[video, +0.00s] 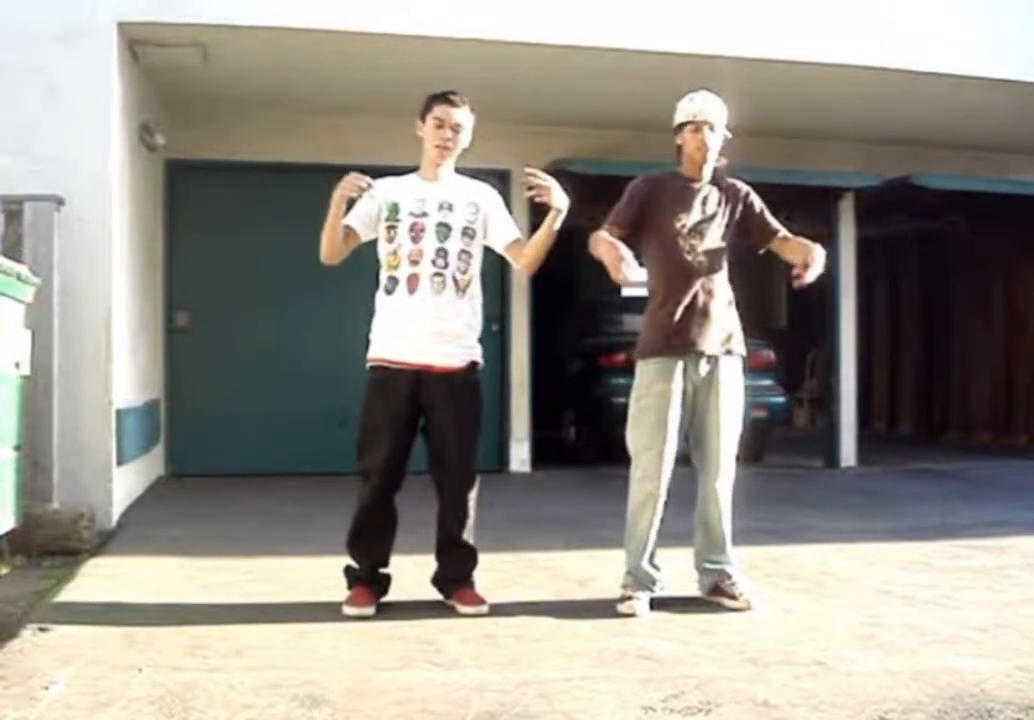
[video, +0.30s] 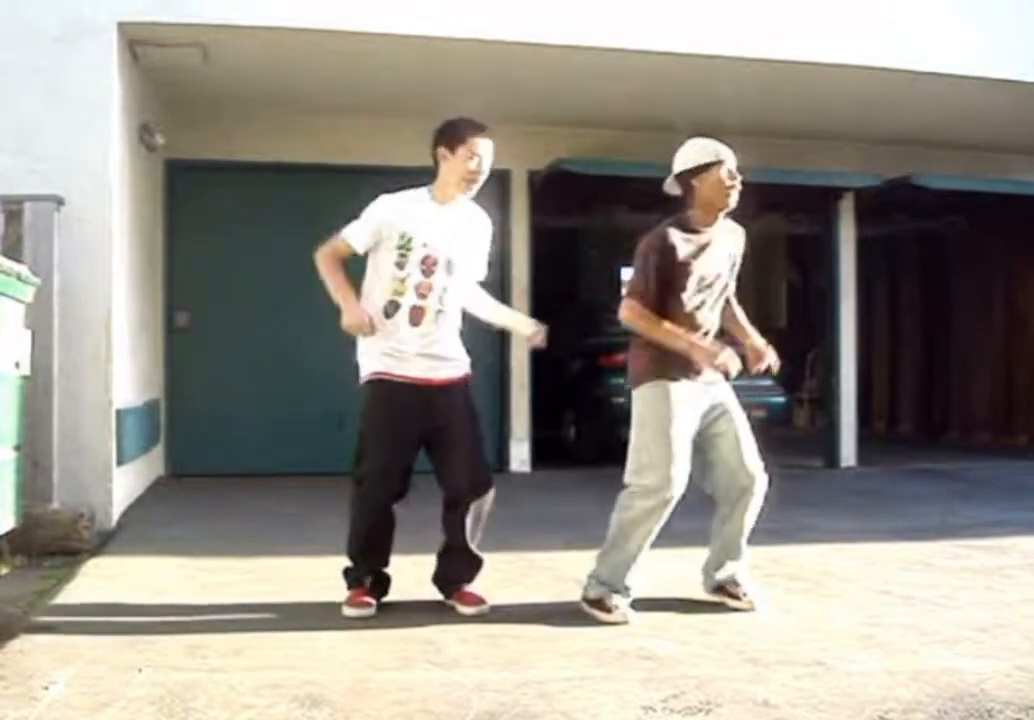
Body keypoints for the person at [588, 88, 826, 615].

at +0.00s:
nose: (700, 136)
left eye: (709, 128)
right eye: (692, 127)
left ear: (724, 137)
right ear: (678, 134)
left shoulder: (736, 195)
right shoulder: (650, 189)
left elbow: (777, 238)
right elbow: (602, 239)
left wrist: (810, 251)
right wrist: (614, 257)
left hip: (722, 346)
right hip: (662, 344)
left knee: (719, 467)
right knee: (651, 467)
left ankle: (717, 572)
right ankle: (638, 580)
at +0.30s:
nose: (736, 181)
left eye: (735, 173)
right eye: (724, 174)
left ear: (730, 183)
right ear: (691, 183)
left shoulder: (733, 237)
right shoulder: (662, 242)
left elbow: (722, 297)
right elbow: (630, 310)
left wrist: (751, 340)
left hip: (712, 377)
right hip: (663, 379)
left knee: (745, 479)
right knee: (658, 482)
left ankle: (723, 573)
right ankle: (605, 585)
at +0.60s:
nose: (745, 139)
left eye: (740, 133)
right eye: (737, 133)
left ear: (702, 141)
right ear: (719, 135)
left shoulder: (701, 178)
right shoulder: (723, 162)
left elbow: (760, 194)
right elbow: (784, 168)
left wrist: (821, 156)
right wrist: (825, 149)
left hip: (724, 339)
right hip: (713, 339)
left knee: (768, 455)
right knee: (673, 454)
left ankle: (792, 569)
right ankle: (611, 567)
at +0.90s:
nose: (778, 157)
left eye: (776, 151)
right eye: (771, 150)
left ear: (737, 161)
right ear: (750, 156)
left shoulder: (733, 202)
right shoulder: (753, 188)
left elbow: (766, 225)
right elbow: (814, 208)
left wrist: (788, 183)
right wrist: (837, 154)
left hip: (753, 351)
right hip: (745, 349)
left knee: (795, 456)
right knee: (703, 460)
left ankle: (787, 572)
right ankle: (614, 562)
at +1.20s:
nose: (852, 200)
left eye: (854, 191)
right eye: (848, 190)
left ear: (822, 186)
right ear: (827, 183)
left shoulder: (795, 217)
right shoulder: (798, 201)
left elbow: (778, 264)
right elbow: (801, 230)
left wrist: (819, 275)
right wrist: (861, 243)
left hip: (744, 349)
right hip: (712, 338)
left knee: (780, 457)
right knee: (702, 457)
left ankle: (787, 571)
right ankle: (629, 570)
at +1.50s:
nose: (832, 241)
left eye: (841, 233)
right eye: (824, 230)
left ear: (851, 241)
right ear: (808, 230)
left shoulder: (813, 276)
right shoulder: (795, 260)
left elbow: (787, 320)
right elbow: (769, 289)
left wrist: (825, 351)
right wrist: (830, 330)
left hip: (740, 379)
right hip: (694, 373)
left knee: (790, 460)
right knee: (693, 476)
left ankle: (787, 572)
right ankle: (628, 582)